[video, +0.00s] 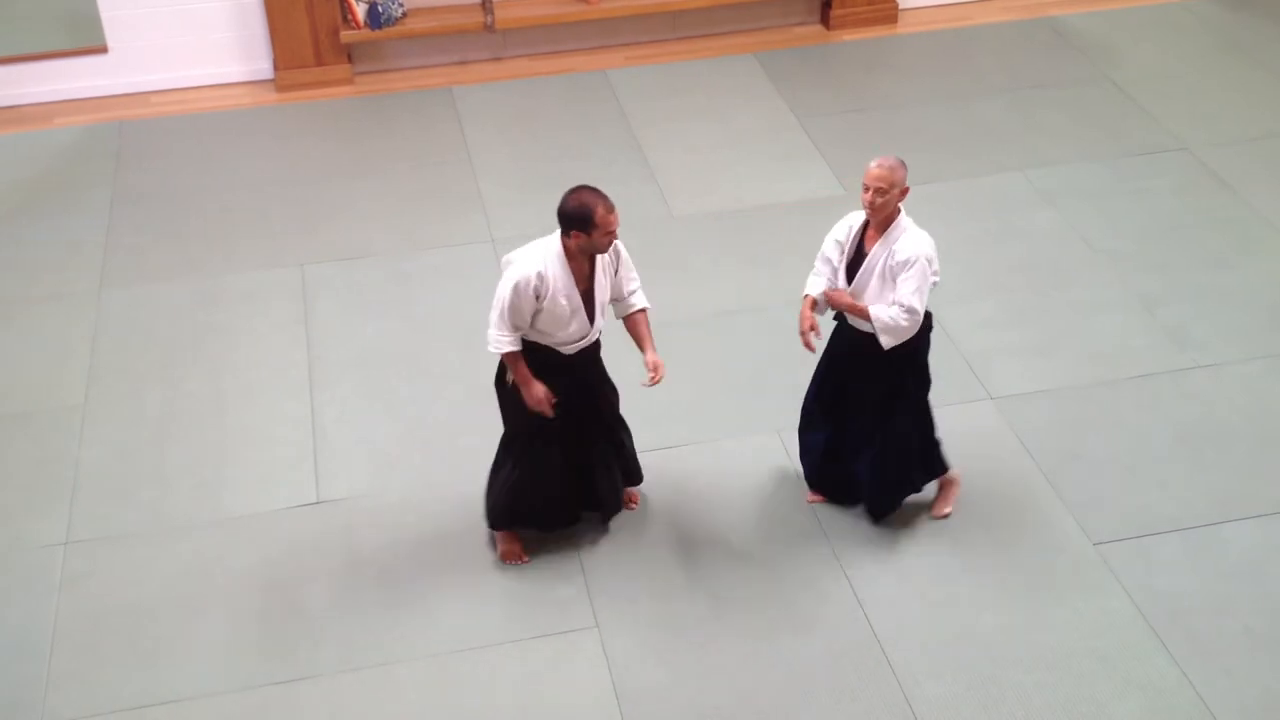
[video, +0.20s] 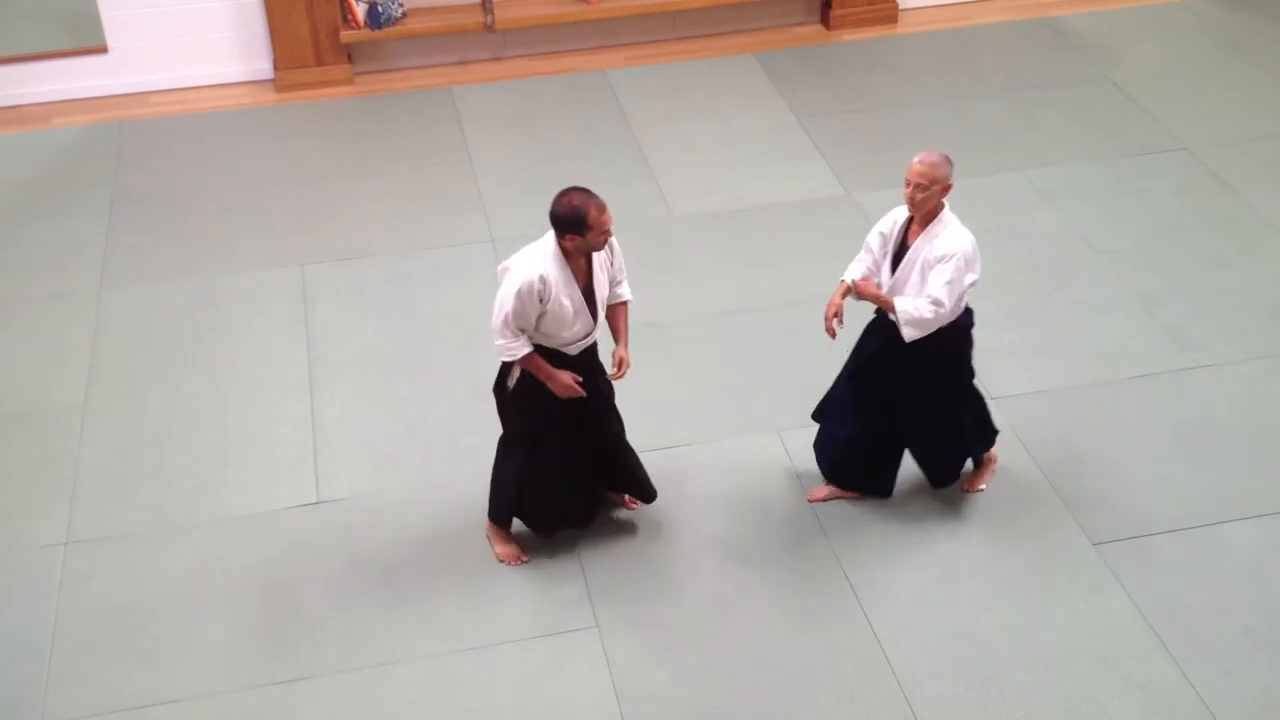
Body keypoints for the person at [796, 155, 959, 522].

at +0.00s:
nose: (869, 198)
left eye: (879, 192)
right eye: (865, 189)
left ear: (902, 194)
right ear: (860, 186)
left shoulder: (915, 248)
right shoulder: (851, 224)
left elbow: (905, 319)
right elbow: (824, 266)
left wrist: (853, 307)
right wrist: (807, 308)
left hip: (897, 341)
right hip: (851, 333)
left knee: (905, 416)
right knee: (823, 406)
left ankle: (945, 479)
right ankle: (831, 480)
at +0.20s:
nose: (910, 194)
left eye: (920, 188)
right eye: (908, 184)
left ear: (944, 191)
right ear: (903, 181)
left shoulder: (957, 246)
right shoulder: (897, 220)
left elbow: (935, 310)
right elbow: (868, 257)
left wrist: (881, 299)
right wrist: (839, 294)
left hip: (938, 339)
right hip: (891, 329)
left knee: (955, 401)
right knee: (859, 401)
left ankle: (985, 456)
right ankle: (852, 480)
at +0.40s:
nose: (947, 187)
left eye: (956, 183)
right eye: (947, 179)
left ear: (984, 185)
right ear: (945, 174)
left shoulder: (996, 236)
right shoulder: (940, 207)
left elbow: (962, 294)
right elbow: (904, 246)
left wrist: (897, 286)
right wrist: (863, 279)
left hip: (973, 332)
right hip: (929, 321)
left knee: (971, 403)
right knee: (893, 392)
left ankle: (988, 461)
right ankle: (866, 467)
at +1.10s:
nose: (931, 169)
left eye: (940, 163)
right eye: (929, 160)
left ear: (966, 164)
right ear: (927, 155)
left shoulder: (972, 214)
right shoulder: (922, 189)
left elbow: (917, 260)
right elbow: (884, 227)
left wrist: (851, 258)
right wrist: (839, 263)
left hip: (963, 307)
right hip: (921, 299)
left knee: (970, 384)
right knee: (893, 367)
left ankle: (989, 458)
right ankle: (887, 430)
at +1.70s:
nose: (940, 184)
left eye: (949, 179)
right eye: (941, 176)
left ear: (978, 183)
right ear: (969, 181)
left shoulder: (986, 231)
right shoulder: (955, 206)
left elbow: (934, 272)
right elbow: (924, 249)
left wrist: (866, 283)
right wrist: (889, 258)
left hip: (990, 321)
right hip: (952, 309)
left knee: (973, 403)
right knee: (903, 368)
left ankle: (1005, 481)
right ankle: (886, 431)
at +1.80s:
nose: (959, 188)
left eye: (968, 183)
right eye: (960, 180)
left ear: (996, 186)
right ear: (989, 185)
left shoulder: (1000, 237)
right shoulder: (979, 211)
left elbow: (947, 280)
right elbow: (945, 259)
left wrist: (885, 295)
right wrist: (906, 255)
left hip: (1014, 328)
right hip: (985, 316)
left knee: (993, 407)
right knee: (941, 367)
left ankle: (1003, 481)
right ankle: (939, 431)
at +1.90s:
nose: (977, 189)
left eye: (985, 184)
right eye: (979, 181)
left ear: (1013, 190)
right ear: (1012, 189)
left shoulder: (1013, 242)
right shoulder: (1007, 213)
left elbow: (956, 284)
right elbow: (968, 260)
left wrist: (896, 294)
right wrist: (928, 246)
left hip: (1026, 336)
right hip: (1008, 323)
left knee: (989, 410)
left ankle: (1002, 483)